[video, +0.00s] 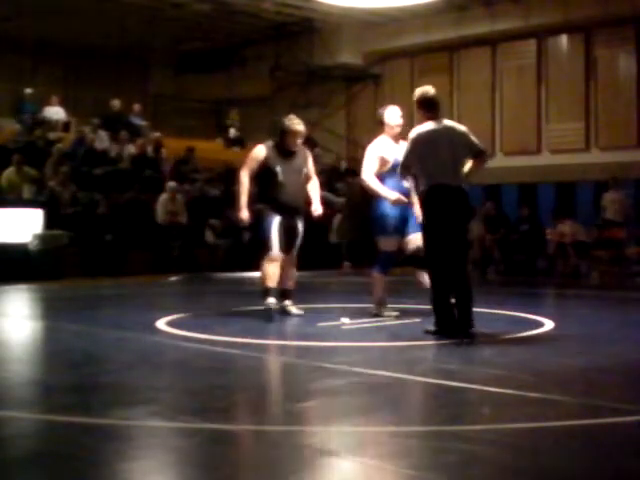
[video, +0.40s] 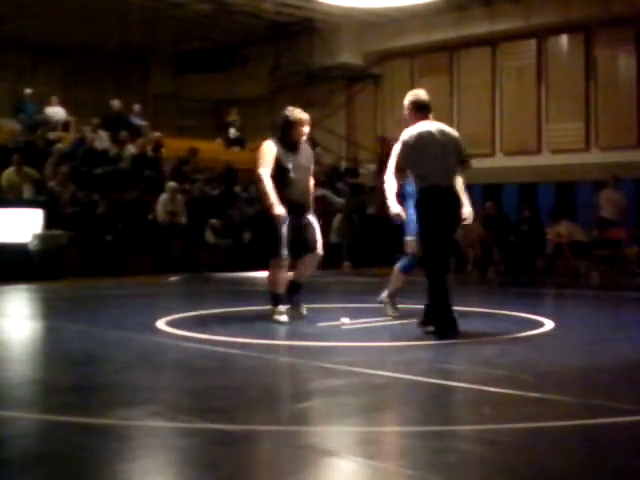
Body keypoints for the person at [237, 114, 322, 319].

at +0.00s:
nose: (298, 141)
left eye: (301, 137)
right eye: (294, 137)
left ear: (303, 137)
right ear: (283, 135)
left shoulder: (305, 155)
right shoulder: (263, 152)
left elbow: (311, 178)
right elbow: (245, 173)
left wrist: (316, 201)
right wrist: (243, 206)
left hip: (295, 209)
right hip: (271, 208)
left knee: (291, 256)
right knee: (274, 253)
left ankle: (287, 297)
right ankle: (270, 295)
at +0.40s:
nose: (306, 132)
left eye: (307, 127)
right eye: (302, 127)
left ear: (307, 129)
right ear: (289, 128)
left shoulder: (306, 150)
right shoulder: (271, 147)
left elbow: (309, 179)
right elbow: (264, 175)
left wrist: (310, 208)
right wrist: (275, 204)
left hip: (303, 210)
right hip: (282, 210)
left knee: (314, 251)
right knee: (281, 257)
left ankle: (293, 293)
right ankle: (278, 303)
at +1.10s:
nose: (334, 121)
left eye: (335, 116)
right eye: (330, 116)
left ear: (330, 120)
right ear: (317, 118)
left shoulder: (328, 146)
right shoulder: (302, 139)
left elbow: (334, 181)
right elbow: (296, 168)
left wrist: (343, 207)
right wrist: (309, 202)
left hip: (327, 208)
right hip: (310, 207)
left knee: (322, 257)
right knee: (311, 254)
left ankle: (316, 308)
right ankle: (294, 307)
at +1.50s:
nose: (340, 127)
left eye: (339, 121)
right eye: (337, 121)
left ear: (313, 120)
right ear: (327, 120)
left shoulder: (301, 142)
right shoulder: (321, 140)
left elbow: (298, 179)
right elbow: (329, 174)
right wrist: (339, 205)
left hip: (302, 208)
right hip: (316, 209)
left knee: (308, 262)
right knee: (312, 262)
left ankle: (309, 311)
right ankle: (310, 313)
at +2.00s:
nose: (347, 128)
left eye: (348, 123)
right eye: (346, 123)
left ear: (327, 118)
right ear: (335, 121)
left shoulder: (319, 141)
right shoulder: (318, 143)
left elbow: (319, 184)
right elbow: (316, 185)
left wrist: (334, 209)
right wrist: (323, 215)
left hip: (311, 209)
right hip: (311, 210)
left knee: (312, 261)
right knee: (314, 262)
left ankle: (297, 306)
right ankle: (303, 313)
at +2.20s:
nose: (355, 129)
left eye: (356, 124)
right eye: (354, 123)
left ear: (340, 118)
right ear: (343, 120)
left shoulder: (340, 142)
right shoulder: (323, 142)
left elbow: (343, 178)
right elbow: (317, 183)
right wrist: (319, 217)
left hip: (337, 212)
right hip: (321, 212)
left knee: (346, 259)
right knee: (314, 266)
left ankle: (329, 310)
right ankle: (307, 318)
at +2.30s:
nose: (361, 128)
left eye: (362, 123)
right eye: (360, 122)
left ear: (344, 117)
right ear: (350, 119)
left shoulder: (344, 142)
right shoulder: (328, 141)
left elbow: (348, 179)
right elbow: (326, 184)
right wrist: (330, 217)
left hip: (344, 212)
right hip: (327, 213)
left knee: (355, 260)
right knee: (315, 266)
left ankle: (355, 314)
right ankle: (308, 319)